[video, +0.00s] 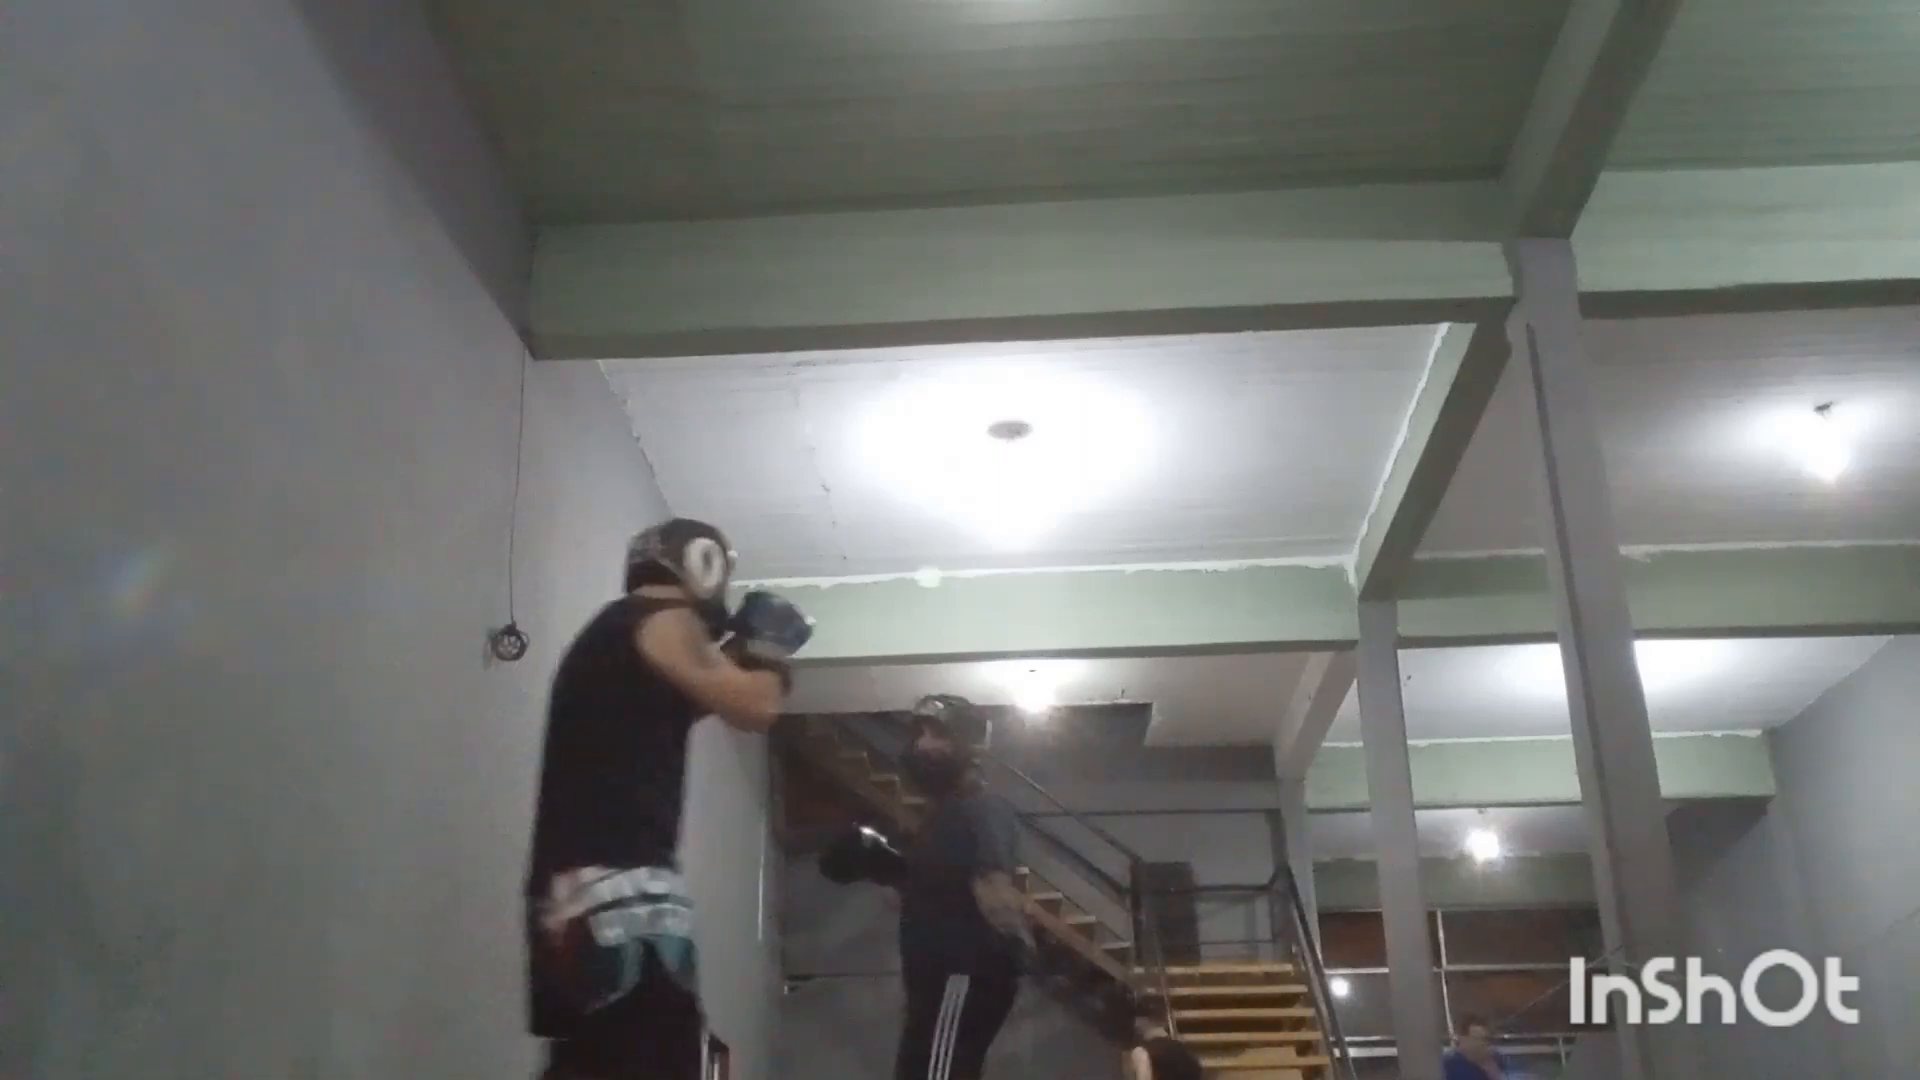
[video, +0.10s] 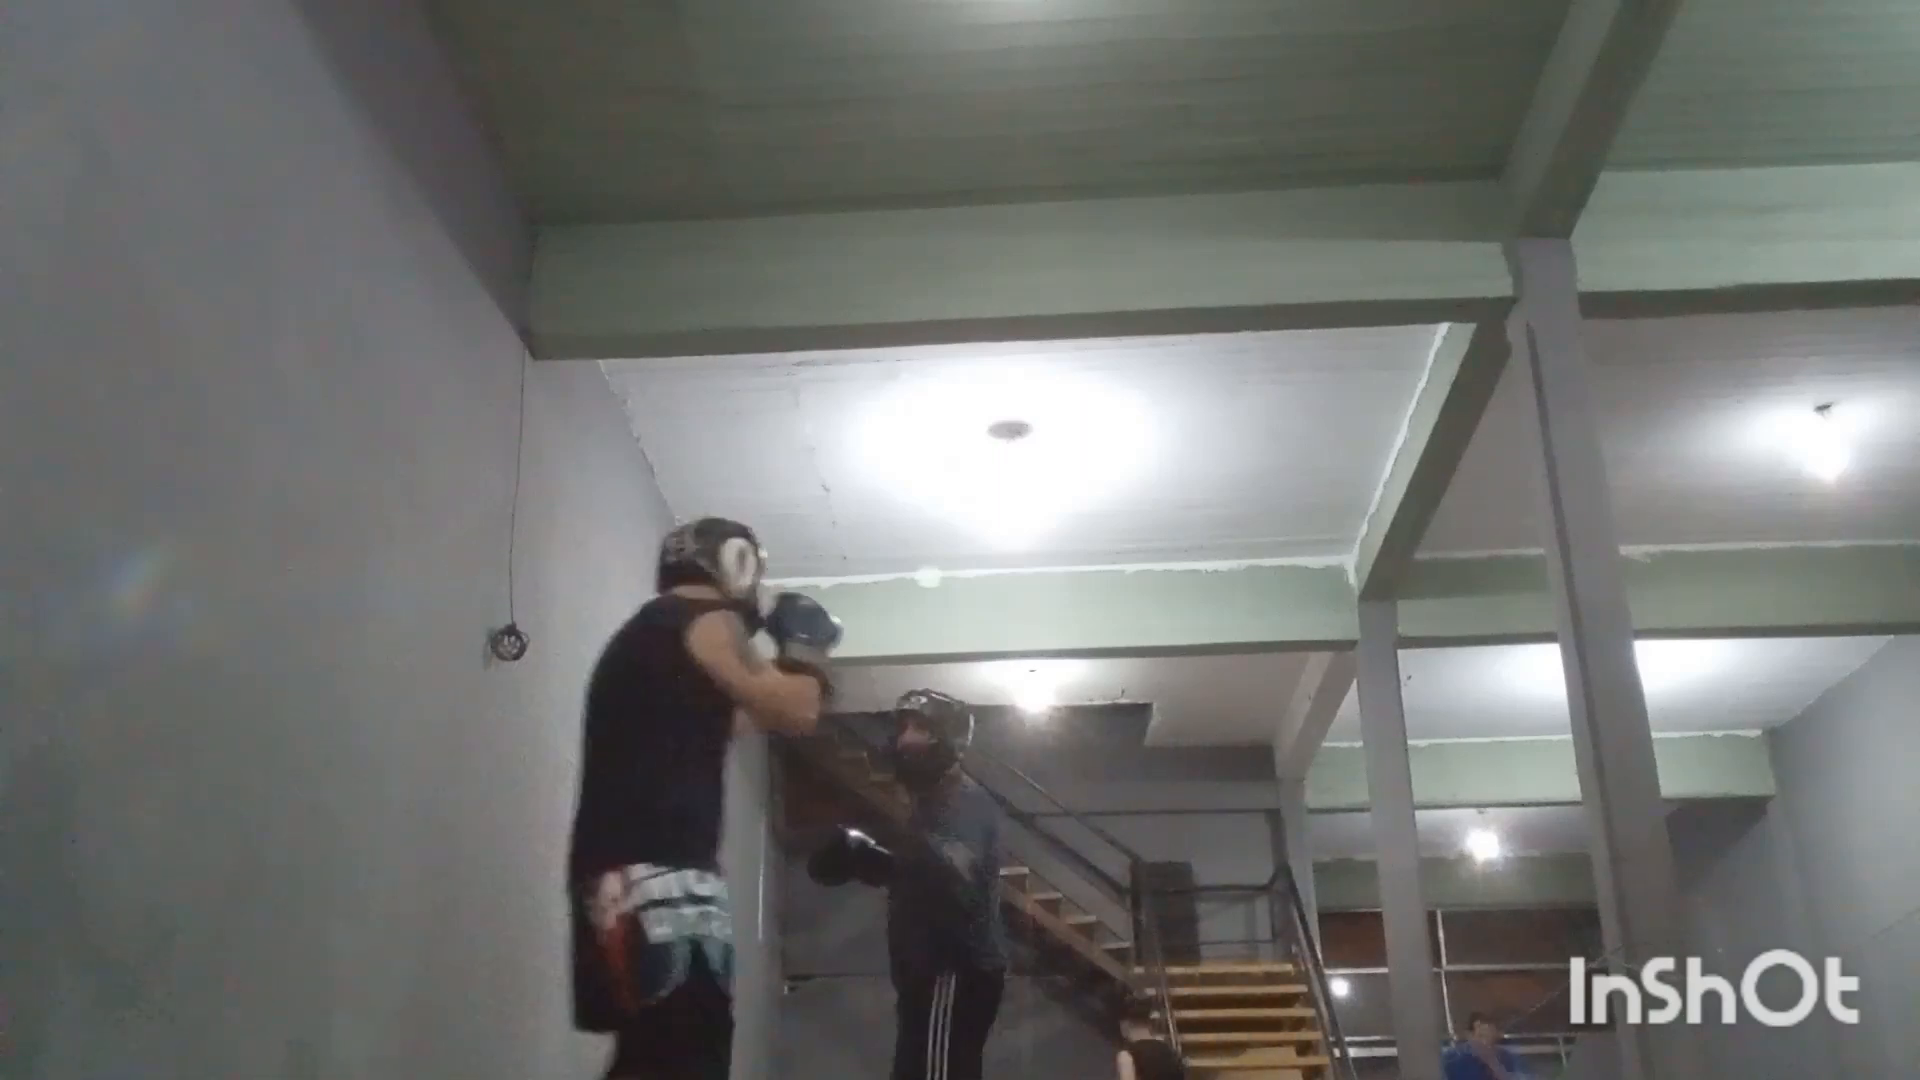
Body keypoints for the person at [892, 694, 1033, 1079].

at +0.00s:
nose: (923, 746)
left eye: (939, 735)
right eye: (920, 732)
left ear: (966, 745)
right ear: (910, 739)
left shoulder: (981, 810)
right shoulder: (944, 809)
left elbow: (996, 899)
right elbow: (939, 881)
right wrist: (885, 862)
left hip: (968, 969)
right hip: (938, 966)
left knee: (938, 1070)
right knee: (920, 1067)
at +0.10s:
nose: (904, 740)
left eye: (919, 729)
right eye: (903, 727)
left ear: (946, 740)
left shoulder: (965, 806)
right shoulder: (929, 803)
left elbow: (946, 880)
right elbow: (916, 870)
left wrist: (875, 860)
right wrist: (861, 857)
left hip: (958, 970)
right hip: (928, 965)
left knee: (939, 1070)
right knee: (914, 1067)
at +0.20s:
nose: (893, 737)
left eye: (907, 728)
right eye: (894, 727)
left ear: (932, 737)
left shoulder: (951, 796)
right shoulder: (916, 791)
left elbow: (910, 847)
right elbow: (902, 870)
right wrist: (853, 863)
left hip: (947, 968)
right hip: (918, 963)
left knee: (933, 1071)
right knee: (907, 1069)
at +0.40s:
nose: (880, 764)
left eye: (893, 754)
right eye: (874, 752)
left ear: (917, 761)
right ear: (865, 760)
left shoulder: (939, 813)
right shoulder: (883, 820)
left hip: (947, 970)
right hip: (898, 968)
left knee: (928, 1069)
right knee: (886, 1067)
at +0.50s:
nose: (873, 783)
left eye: (883, 772)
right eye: (869, 772)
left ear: (908, 778)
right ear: (867, 776)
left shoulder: (945, 833)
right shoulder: (867, 836)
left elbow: (995, 912)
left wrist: (943, 939)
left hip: (947, 980)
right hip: (889, 978)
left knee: (927, 1070)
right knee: (876, 1067)